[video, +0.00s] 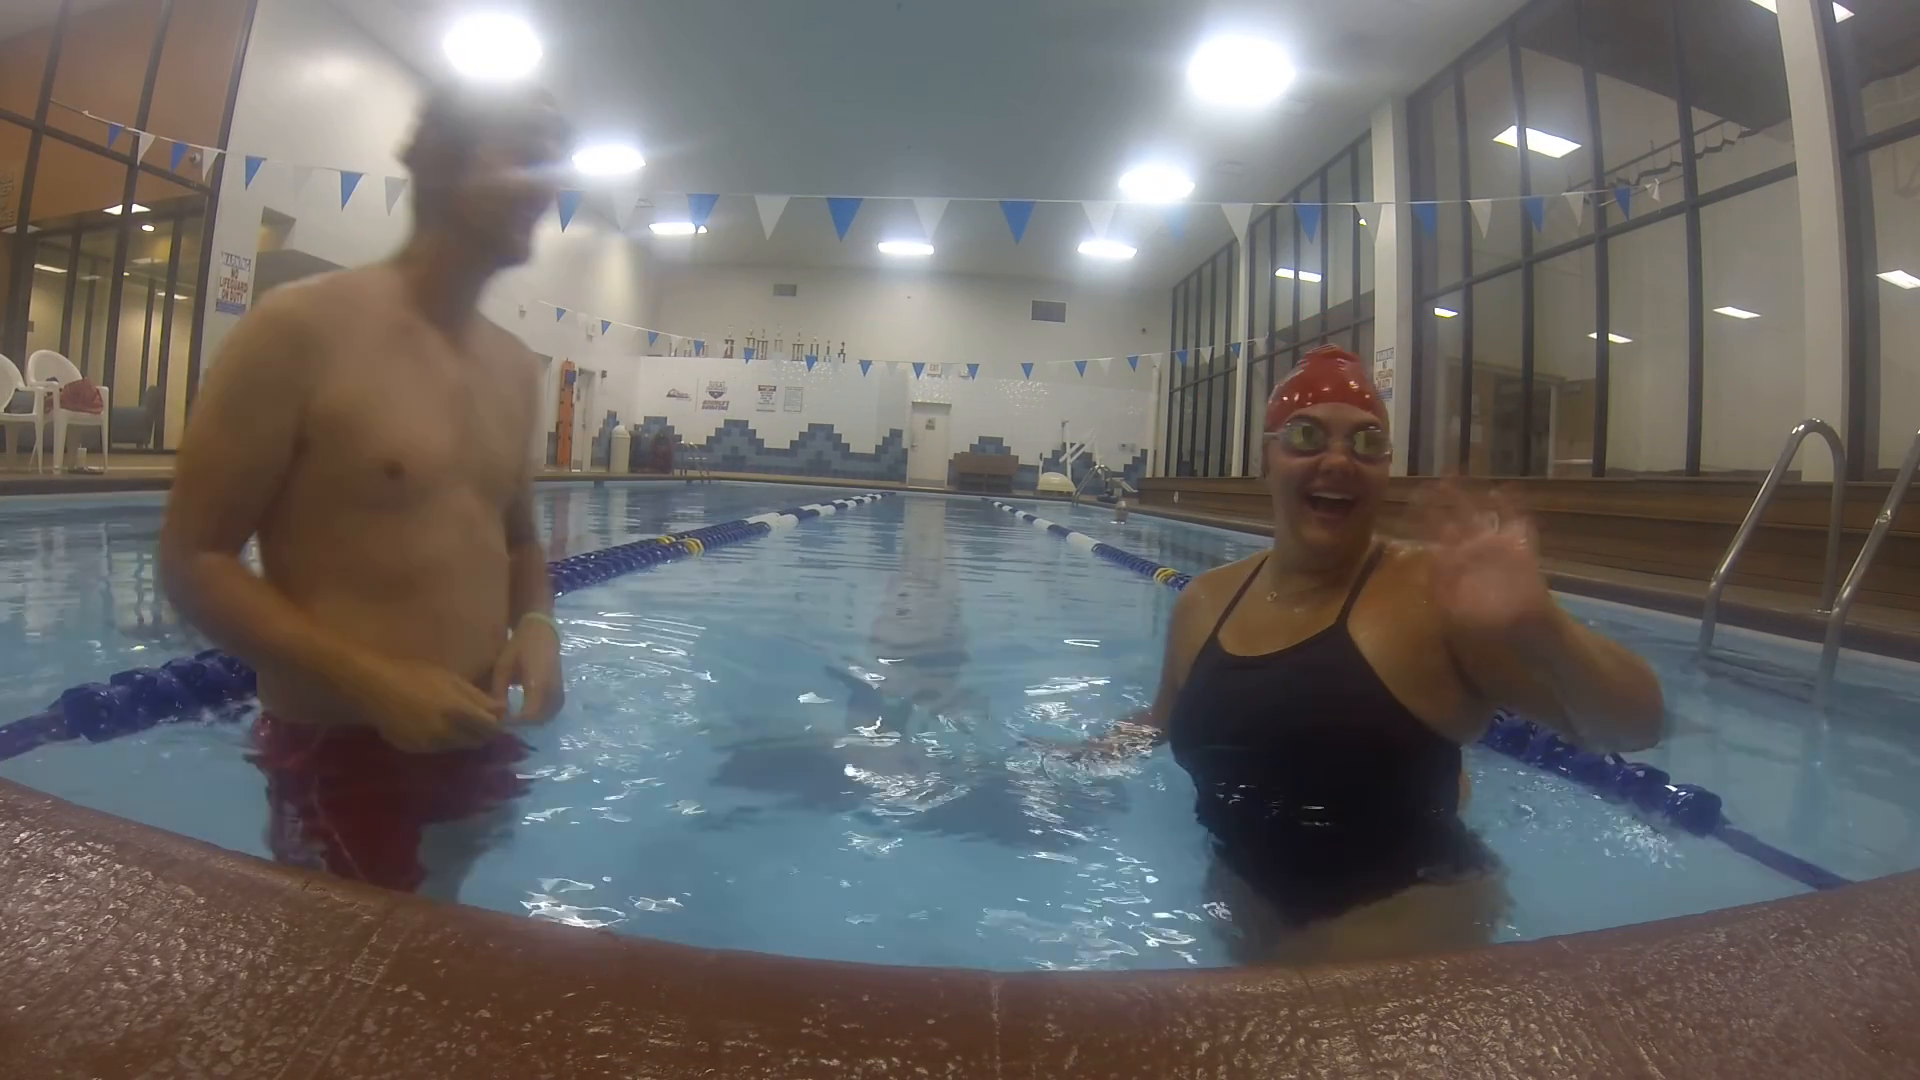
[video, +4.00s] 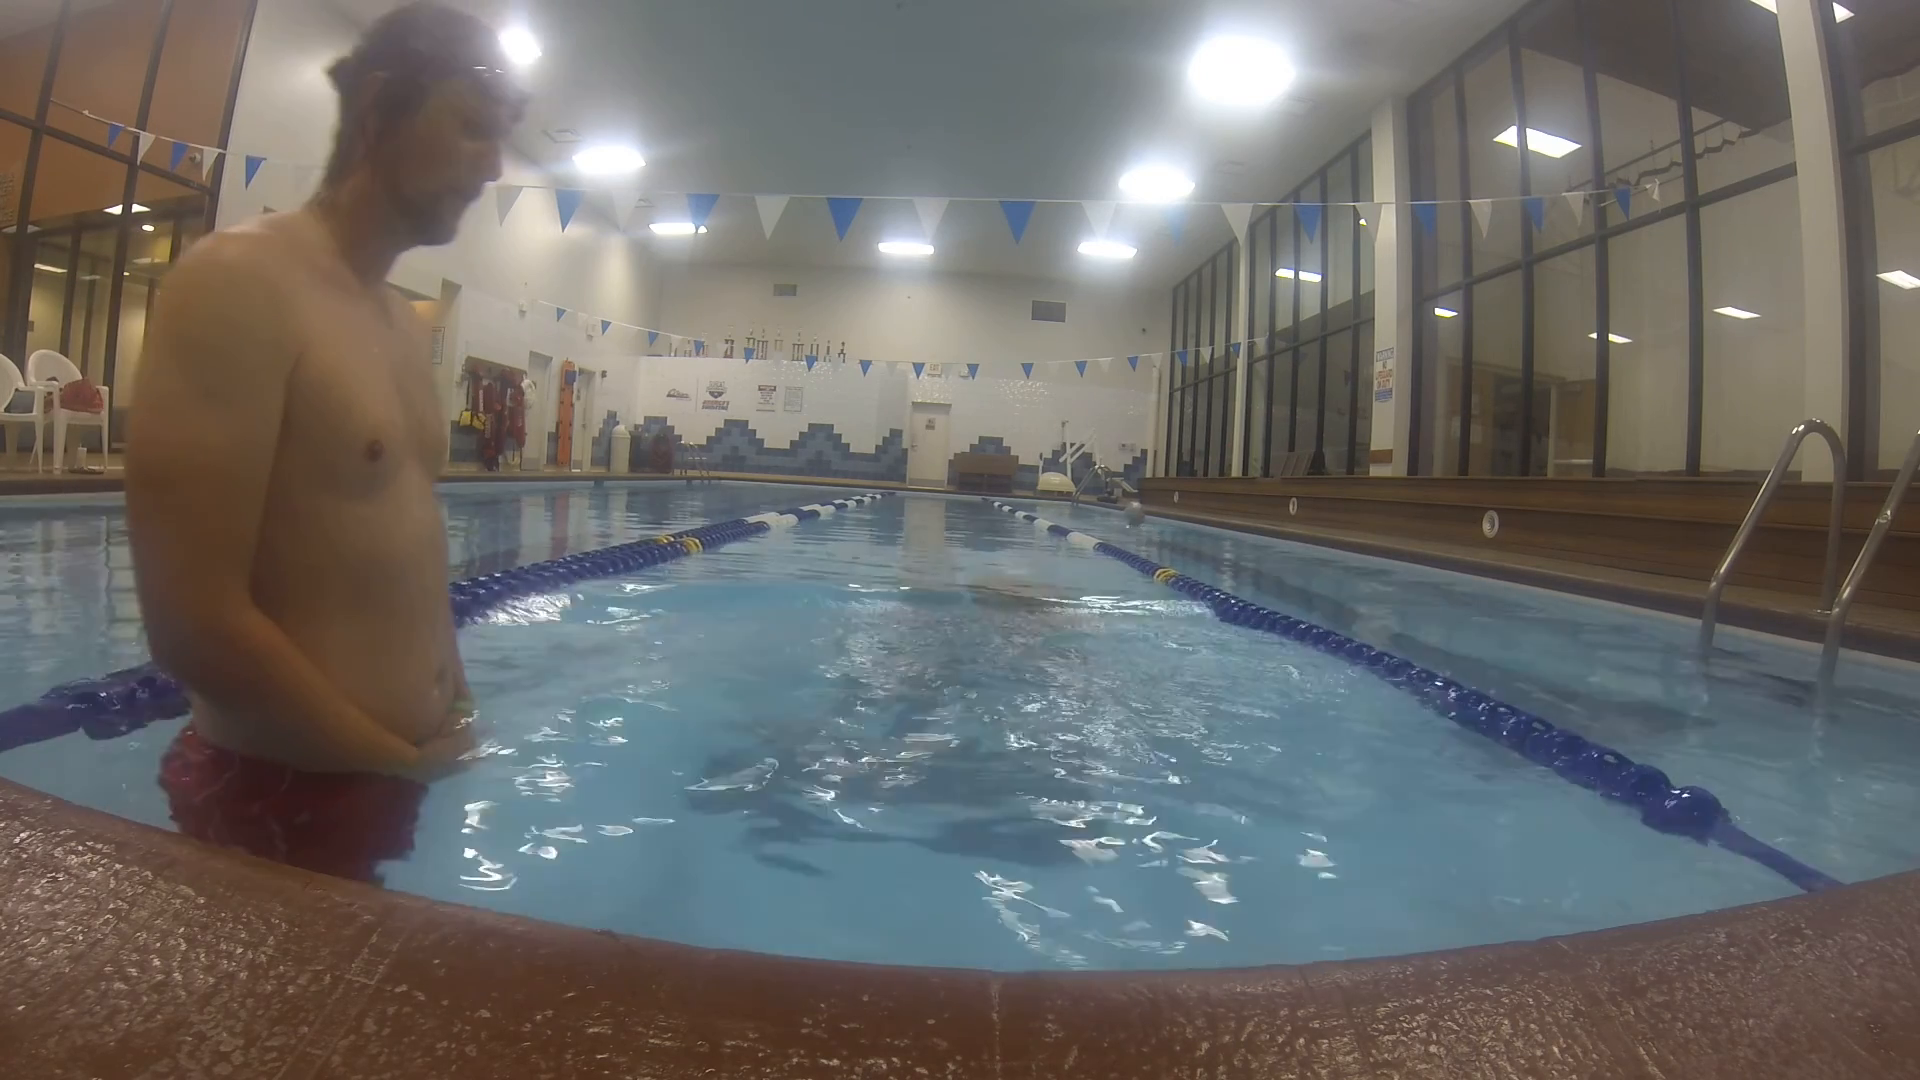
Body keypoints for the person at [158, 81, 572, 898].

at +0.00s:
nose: (546, 185)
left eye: (553, 163)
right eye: (520, 155)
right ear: (431, 166)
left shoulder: (513, 364)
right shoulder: (299, 331)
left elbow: (518, 532)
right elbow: (192, 560)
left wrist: (535, 620)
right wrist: (375, 685)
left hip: (474, 753)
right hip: (339, 759)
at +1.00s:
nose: (404, 120)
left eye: (423, 99)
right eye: (369, 86)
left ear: (433, 130)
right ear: (291, 104)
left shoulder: (396, 330)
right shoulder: (188, 283)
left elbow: (395, 539)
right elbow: (134, 609)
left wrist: (433, 710)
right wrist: (370, 776)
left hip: (383, 787)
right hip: (244, 799)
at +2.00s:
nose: (402, 165)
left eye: (406, 133)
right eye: (400, 125)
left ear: (336, 110)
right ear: (332, 100)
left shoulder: (313, 299)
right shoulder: (160, 272)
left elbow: (341, 544)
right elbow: (148, 623)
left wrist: (408, 694)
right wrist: (377, 757)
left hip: (344, 786)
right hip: (245, 801)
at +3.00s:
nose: (416, 160)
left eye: (419, 132)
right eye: (403, 121)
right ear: (311, 95)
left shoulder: (329, 308)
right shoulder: (153, 277)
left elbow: (351, 546)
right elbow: (130, 627)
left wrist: (415, 704)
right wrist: (378, 775)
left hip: (355, 798)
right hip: (235, 814)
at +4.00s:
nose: (494, 167)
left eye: (500, 142)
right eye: (474, 130)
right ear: (377, 115)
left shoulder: (403, 320)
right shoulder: (235, 282)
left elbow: (400, 554)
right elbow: (192, 622)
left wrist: (450, 707)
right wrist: (400, 764)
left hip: (373, 784)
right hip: (274, 799)